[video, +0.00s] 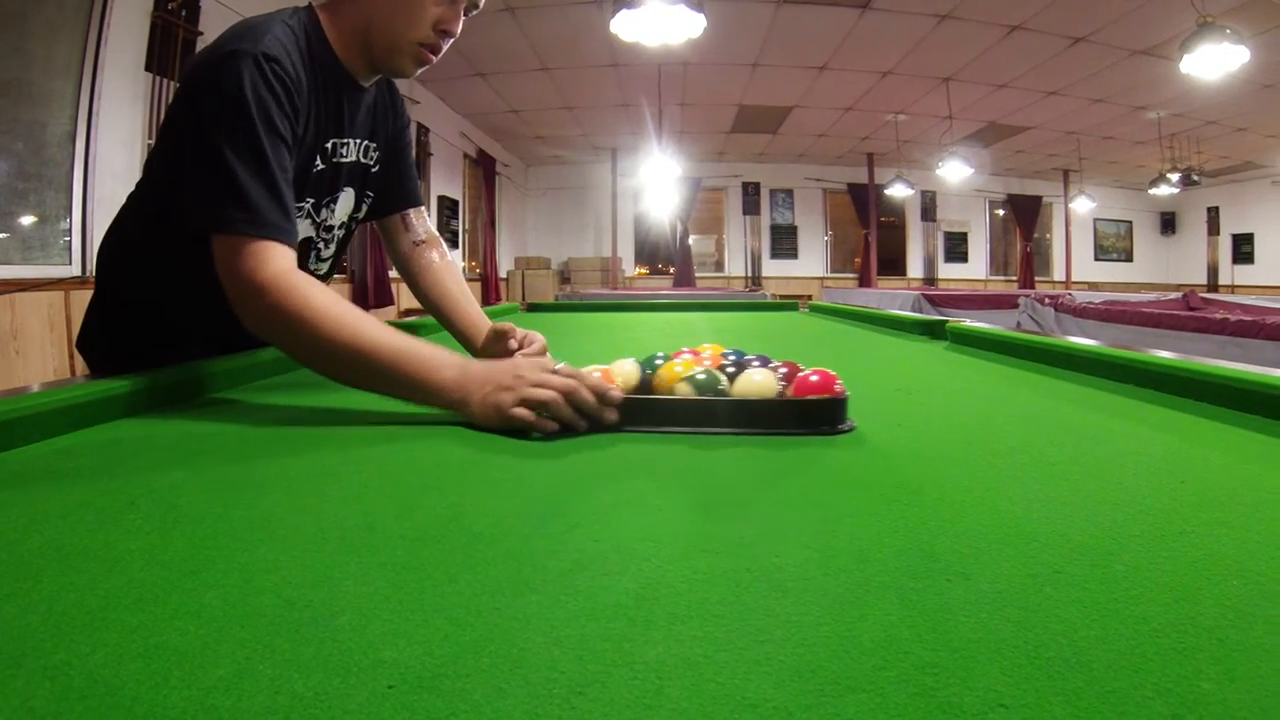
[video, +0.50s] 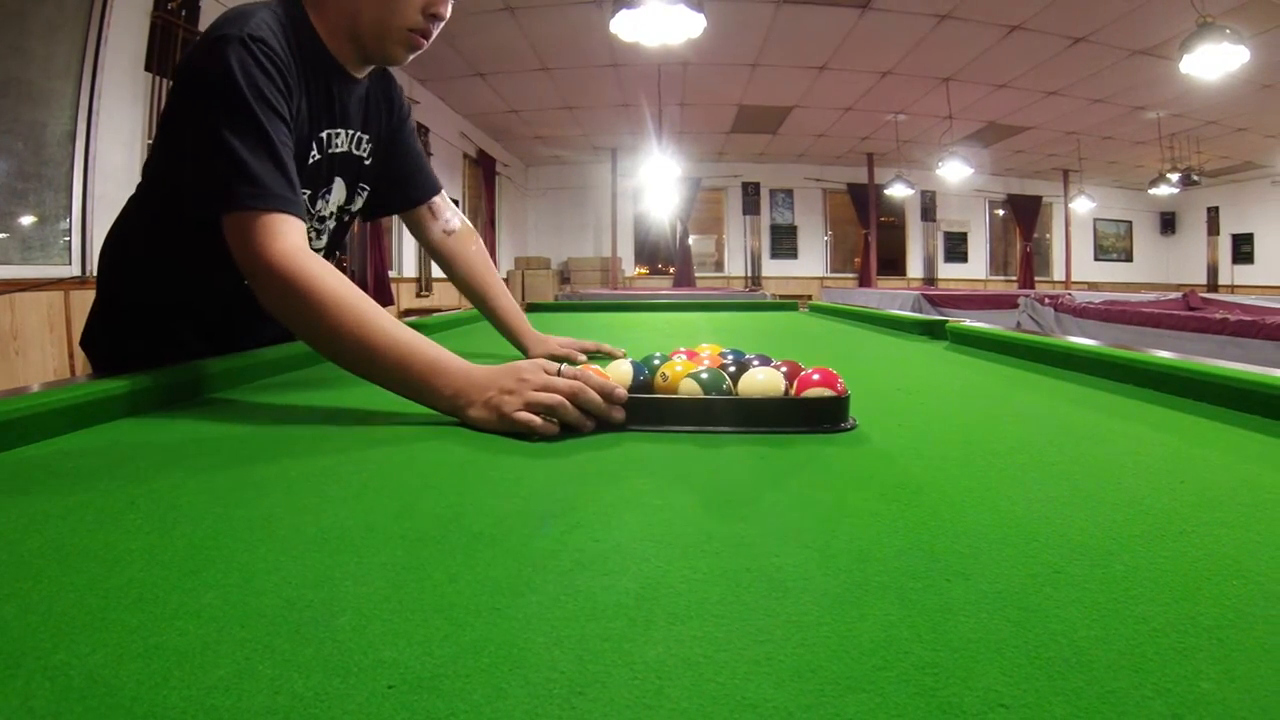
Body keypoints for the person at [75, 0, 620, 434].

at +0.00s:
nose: (456, 25)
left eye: (467, 10)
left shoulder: (382, 96)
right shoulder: (255, 63)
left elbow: (416, 237)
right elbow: (261, 283)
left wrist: (483, 335)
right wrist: (466, 383)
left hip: (261, 351)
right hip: (151, 358)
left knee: (239, 547)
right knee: (140, 557)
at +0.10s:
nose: (453, 22)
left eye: (464, 7)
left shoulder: (380, 95)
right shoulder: (255, 58)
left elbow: (417, 238)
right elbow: (264, 274)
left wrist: (484, 336)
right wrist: (462, 386)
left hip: (263, 352)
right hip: (153, 357)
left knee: (240, 547)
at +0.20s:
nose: (447, 17)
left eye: (455, 4)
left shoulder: (378, 93)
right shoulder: (255, 51)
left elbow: (418, 234)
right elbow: (271, 266)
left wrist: (485, 334)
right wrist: (463, 386)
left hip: (268, 352)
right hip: (156, 355)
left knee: (246, 545)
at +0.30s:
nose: (441, 16)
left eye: (449, 3)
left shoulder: (374, 87)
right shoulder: (250, 48)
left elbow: (420, 226)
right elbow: (273, 258)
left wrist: (505, 326)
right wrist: (466, 385)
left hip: (272, 346)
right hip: (160, 352)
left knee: (256, 538)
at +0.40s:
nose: (441, 14)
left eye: (449, 1)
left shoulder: (374, 84)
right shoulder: (245, 49)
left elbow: (430, 221)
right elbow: (272, 256)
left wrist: (526, 323)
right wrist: (465, 383)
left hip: (273, 346)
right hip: (160, 353)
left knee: (260, 541)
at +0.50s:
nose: (441, 14)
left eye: (450, 1)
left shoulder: (378, 87)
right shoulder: (247, 50)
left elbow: (442, 222)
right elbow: (273, 258)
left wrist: (527, 335)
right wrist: (467, 384)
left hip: (271, 348)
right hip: (158, 353)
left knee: (255, 540)